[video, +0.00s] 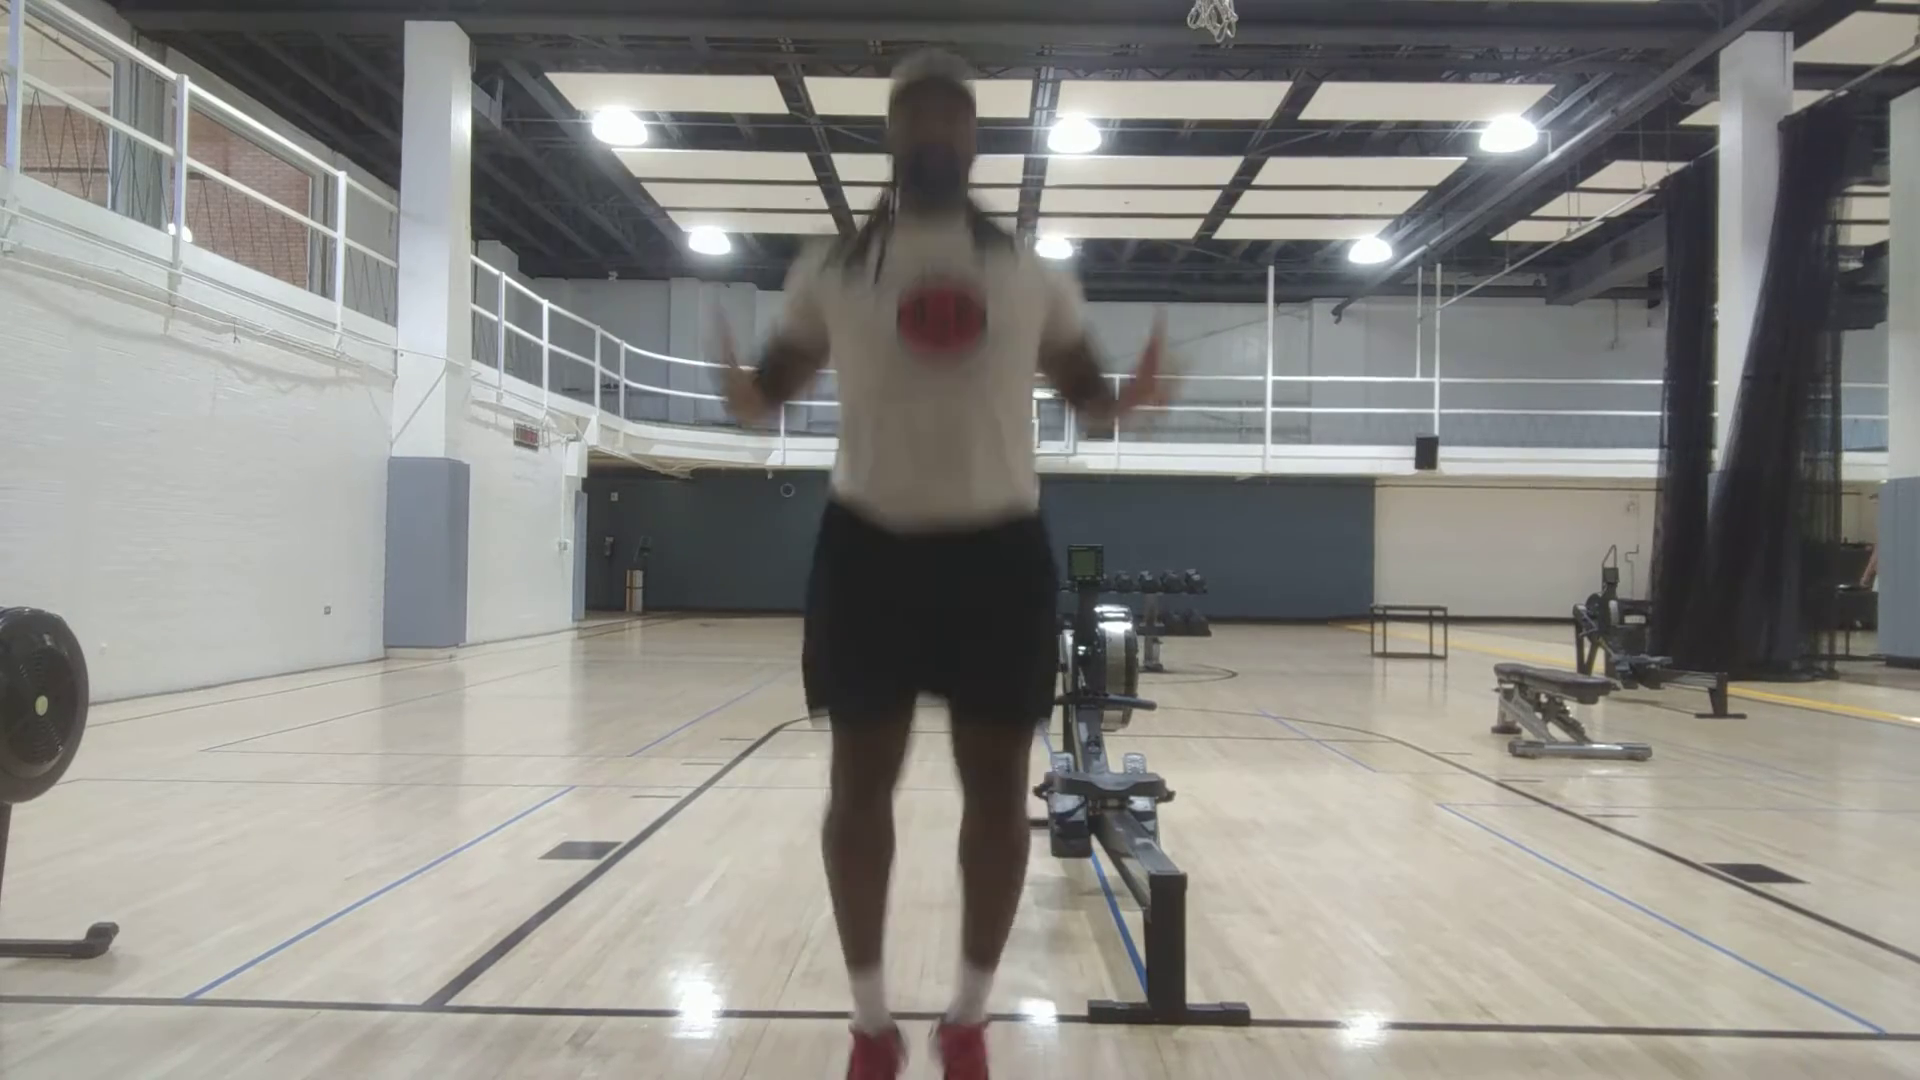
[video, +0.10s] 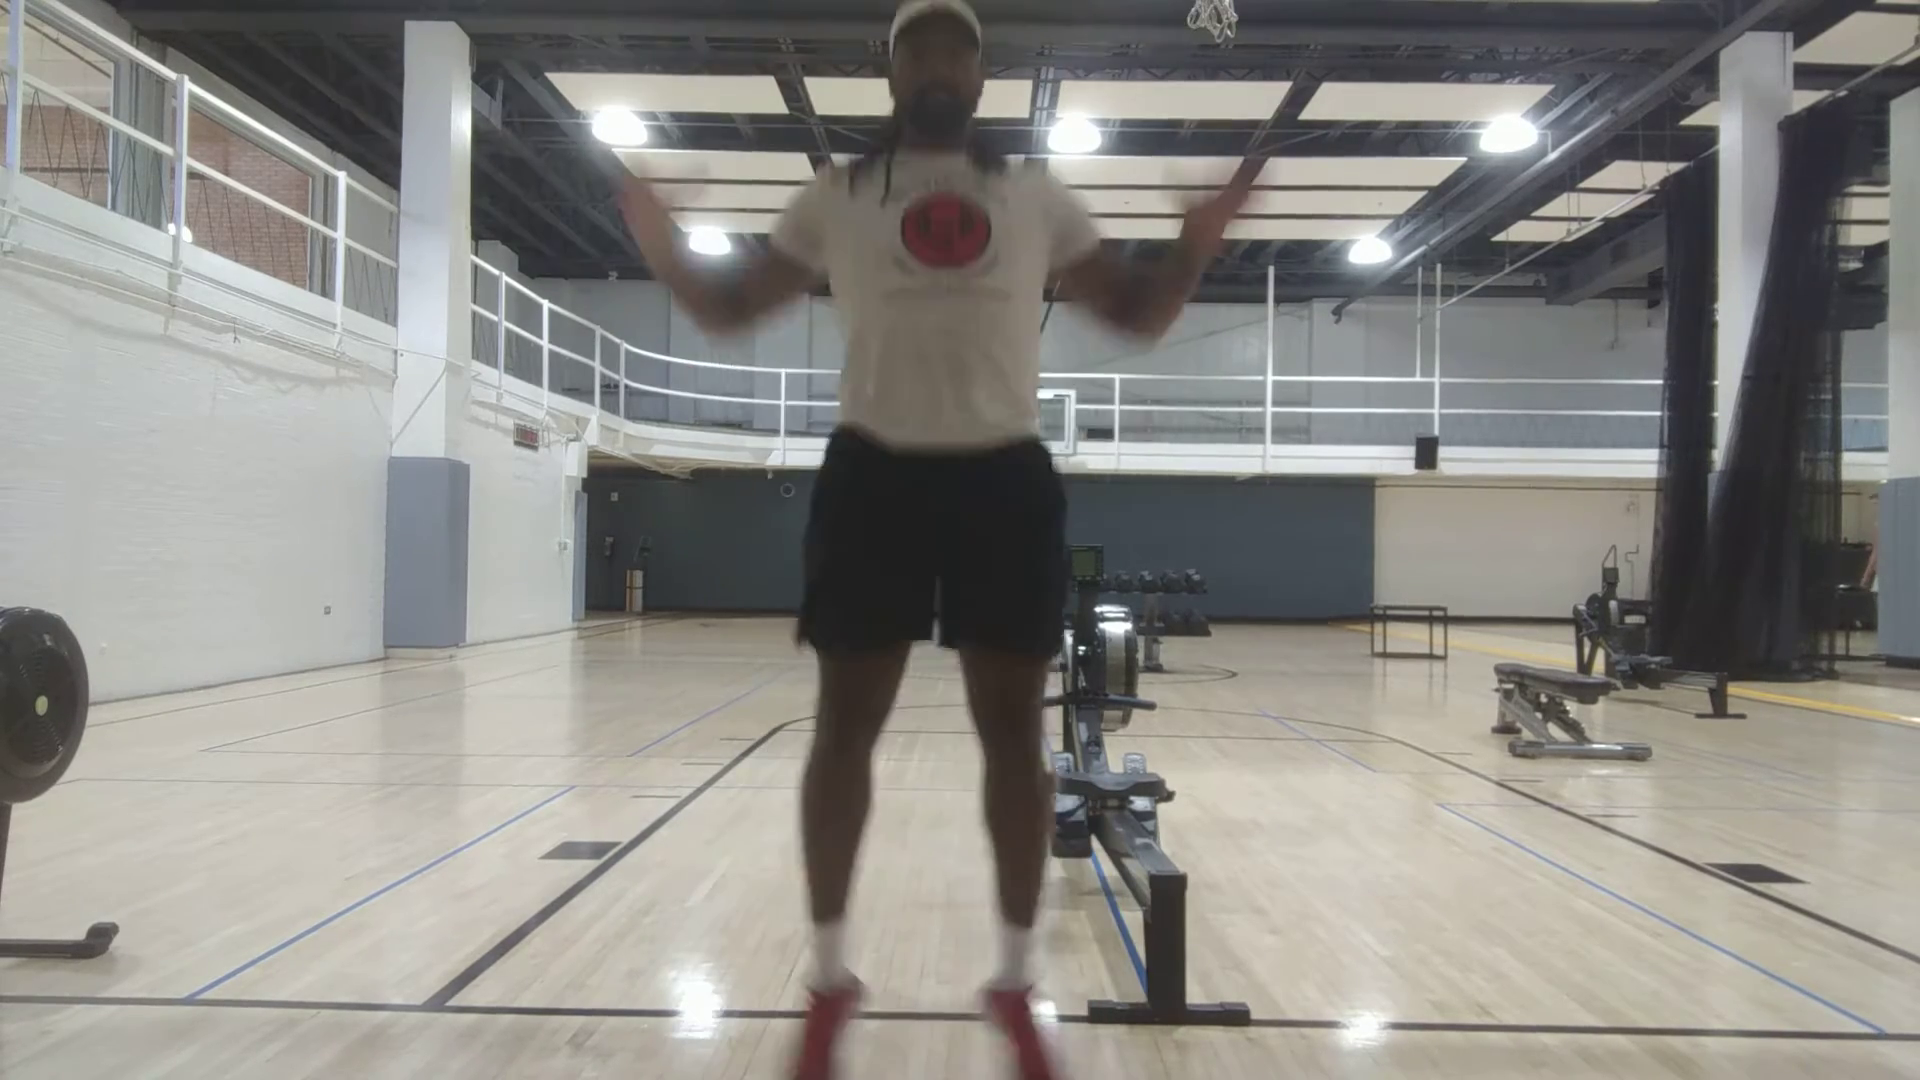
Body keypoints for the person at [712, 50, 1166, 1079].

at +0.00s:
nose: (933, 135)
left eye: (951, 118)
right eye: (916, 118)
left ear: (976, 136)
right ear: (888, 135)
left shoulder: (1030, 270)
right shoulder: (836, 264)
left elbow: (1086, 395)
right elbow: (776, 383)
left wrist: (1129, 396)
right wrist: (751, 387)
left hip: (998, 546)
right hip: (871, 545)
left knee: (998, 792)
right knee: (860, 782)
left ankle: (969, 1016)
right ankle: (869, 1019)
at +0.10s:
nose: (936, 61)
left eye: (955, 46)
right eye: (917, 46)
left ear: (984, 75)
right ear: (888, 74)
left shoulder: (1033, 191)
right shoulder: (839, 195)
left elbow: (1140, 313)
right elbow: (727, 311)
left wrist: (1198, 239)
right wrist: (662, 244)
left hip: (1006, 481)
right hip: (874, 479)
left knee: (1014, 729)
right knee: (846, 724)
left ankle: (1018, 980)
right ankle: (830, 975)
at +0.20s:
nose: (940, 57)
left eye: (959, 41)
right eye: (922, 40)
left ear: (987, 65)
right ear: (892, 64)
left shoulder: (1042, 178)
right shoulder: (839, 179)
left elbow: (1181, 244)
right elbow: (690, 242)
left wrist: (1214, 121)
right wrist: (651, 112)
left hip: (1008, 471)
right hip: (871, 467)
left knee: (1045, 727)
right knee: (817, 721)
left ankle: (1084, 983)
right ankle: (765, 972)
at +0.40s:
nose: (950, 197)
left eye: (966, 182)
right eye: (931, 180)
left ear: (992, 202)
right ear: (900, 201)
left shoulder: (1048, 290)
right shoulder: (837, 289)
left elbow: (1179, 233)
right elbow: (707, 236)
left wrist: (1037, 152)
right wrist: (821, 136)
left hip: (1013, 619)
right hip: (869, 615)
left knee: (1085, 851)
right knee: (793, 845)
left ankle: (1129, 1047)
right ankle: (716, 1044)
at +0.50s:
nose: (947, 175)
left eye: (963, 160)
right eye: (930, 159)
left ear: (989, 183)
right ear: (902, 181)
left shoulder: (1048, 280)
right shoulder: (842, 279)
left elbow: (1190, 261)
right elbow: (697, 253)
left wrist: (1150, 133)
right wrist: (731, 110)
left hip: (1014, 581)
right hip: (873, 578)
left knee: (1082, 811)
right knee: (791, 804)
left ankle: (1127, 1026)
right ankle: (724, 1017)